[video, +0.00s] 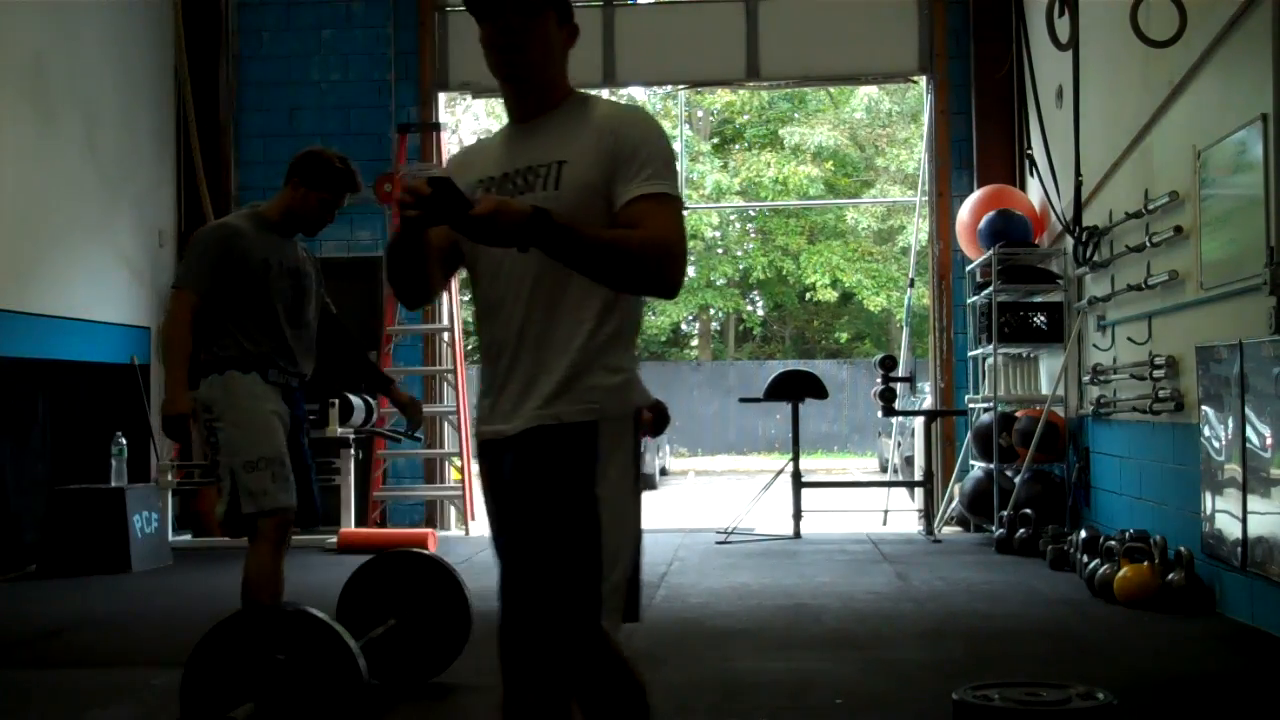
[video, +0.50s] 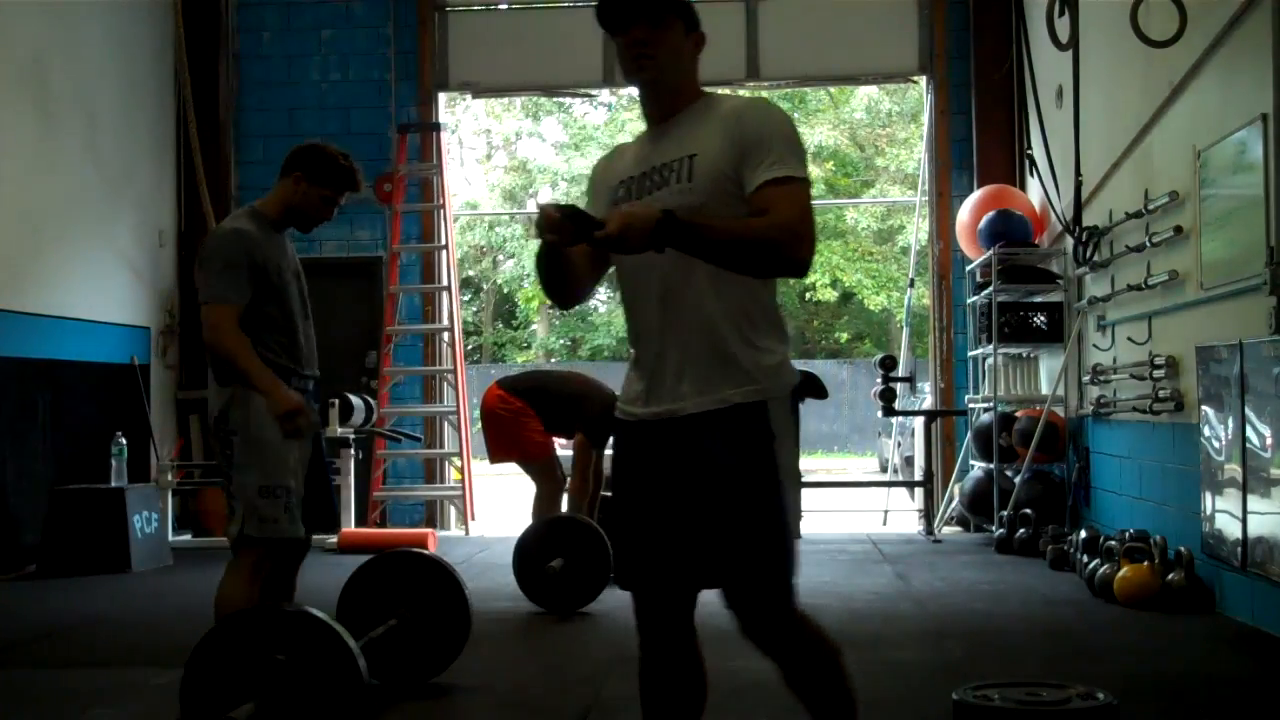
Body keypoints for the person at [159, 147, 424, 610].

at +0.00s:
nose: (332, 218)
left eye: (337, 209)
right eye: (330, 205)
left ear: (307, 196)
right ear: (300, 190)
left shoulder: (300, 259)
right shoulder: (225, 237)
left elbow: (334, 340)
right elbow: (180, 313)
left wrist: (392, 392)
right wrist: (176, 392)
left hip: (279, 392)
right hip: (237, 386)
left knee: (277, 522)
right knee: (273, 518)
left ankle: (263, 644)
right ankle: (262, 647)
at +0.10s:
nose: (334, 217)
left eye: (338, 209)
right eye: (332, 205)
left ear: (310, 195)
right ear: (303, 189)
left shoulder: (302, 260)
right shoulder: (229, 235)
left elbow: (335, 339)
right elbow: (184, 309)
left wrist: (398, 380)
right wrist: (182, 384)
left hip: (284, 390)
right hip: (241, 383)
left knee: (284, 513)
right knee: (287, 504)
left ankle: (262, 634)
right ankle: (258, 635)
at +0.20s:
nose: (334, 217)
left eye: (339, 208)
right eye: (332, 204)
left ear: (308, 193)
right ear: (302, 188)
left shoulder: (299, 258)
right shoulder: (231, 236)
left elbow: (327, 338)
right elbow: (189, 310)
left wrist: (388, 380)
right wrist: (192, 384)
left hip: (287, 392)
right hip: (249, 388)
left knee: (284, 518)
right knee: (291, 511)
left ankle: (264, 638)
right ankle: (257, 639)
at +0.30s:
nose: (333, 217)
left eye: (339, 208)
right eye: (331, 204)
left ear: (303, 191)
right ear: (302, 187)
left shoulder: (291, 249)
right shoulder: (236, 237)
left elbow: (310, 341)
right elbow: (195, 313)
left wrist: (367, 390)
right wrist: (209, 384)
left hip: (290, 396)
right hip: (259, 395)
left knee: (286, 528)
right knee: (282, 528)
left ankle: (262, 649)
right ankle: (247, 652)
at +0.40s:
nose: (331, 217)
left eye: (337, 207)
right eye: (329, 204)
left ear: (304, 192)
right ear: (300, 188)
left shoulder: (284, 248)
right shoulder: (236, 239)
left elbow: (288, 341)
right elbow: (204, 323)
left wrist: (331, 397)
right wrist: (239, 391)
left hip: (293, 407)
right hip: (263, 406)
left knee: (279, 546)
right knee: (268, 547)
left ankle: (264, 662)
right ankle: (243, 667)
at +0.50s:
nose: (331, 214)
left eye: (336, 205)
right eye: (329, 202)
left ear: (299, 187)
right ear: (299, 184)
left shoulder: (277, 242)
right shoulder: (236, 238)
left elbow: (276, 330)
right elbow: (220, 331)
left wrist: (306, 392)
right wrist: (277, 392)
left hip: (288, 409)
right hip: (255, 411)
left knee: (289, 544)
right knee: (261, 545)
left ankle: (270, 660)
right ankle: (233, 666)